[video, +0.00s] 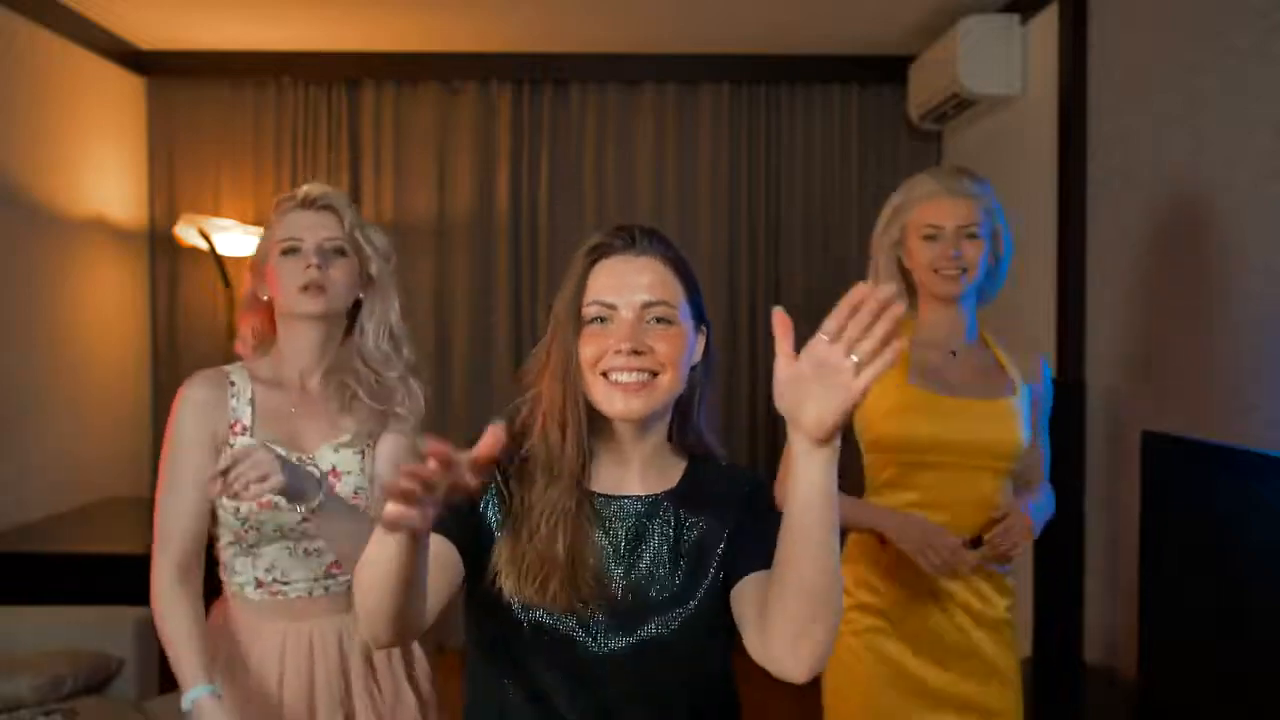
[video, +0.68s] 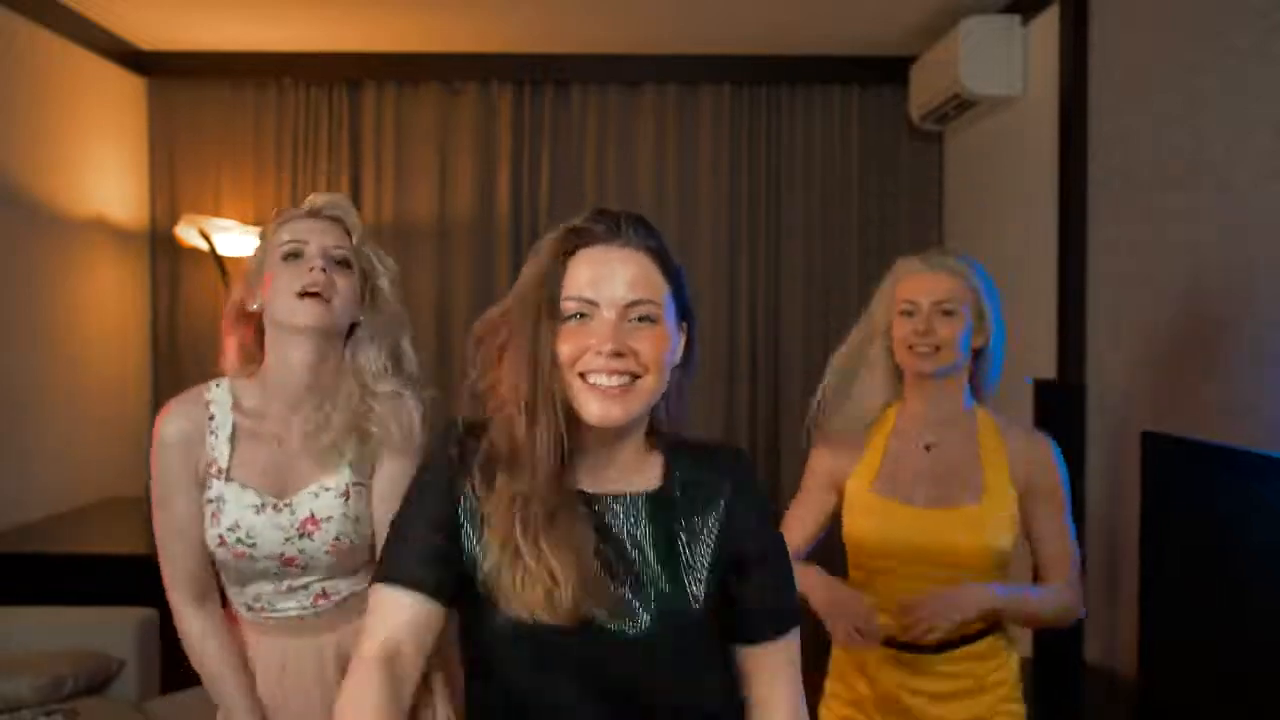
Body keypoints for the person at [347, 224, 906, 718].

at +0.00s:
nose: (628, 339)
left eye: (658, 317)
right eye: (600, 317)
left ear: (698, 347)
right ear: (566, 343)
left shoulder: (729, 503)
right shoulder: (500, 489)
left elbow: (794, 655)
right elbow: (383, 628)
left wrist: (812, 445)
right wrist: (400, 525)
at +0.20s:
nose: (620, 327)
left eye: (651, 300)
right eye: (593, 302)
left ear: (695, 324)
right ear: (562, 328)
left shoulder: (740, 476)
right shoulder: (510, 461)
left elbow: (778, 641)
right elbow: (413, 609)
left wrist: (814, 443)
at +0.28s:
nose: (610, 352)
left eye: (642, 326)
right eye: (583, 326)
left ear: (684, 348)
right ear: (554, 347)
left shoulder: (736, 495)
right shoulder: (515, 497)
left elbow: (756, 673)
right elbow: (430, 675)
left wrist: (801, 524)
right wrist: (499, 472)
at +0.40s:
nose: (602, 381)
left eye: (635, 356)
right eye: (576, 351)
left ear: (671, 380)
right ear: (541, 370)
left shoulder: (725, 504)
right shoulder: (485, 521)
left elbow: (744, 673)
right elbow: (445, 709)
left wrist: (755, 697)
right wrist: (515, 546)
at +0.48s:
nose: (601, 368)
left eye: (632, 344)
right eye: (573, 339)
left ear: (668, 368)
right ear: (536, 357)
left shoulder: (715, 488)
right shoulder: (493, 503)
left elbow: (754, 682)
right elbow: (429, 704)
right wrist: (479, 527)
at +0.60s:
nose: (603, 330)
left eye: (636, 304)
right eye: (574, 300)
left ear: (671, 331)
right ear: (534, 320)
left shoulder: (712, 459)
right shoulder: (463, 461)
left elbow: (773, 687)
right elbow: (410, 667)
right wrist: (391, 609)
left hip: (675, 707)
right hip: (513, 708)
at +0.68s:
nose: (610, 344)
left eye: (641, 317)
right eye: (579, 314)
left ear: (679, 344)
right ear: (537, 337)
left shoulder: (724, 491)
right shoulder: (467, 474)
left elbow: (775, 694)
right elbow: (387, 658)